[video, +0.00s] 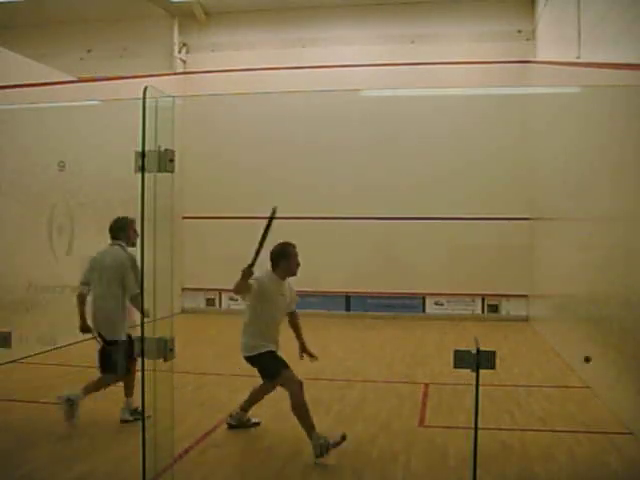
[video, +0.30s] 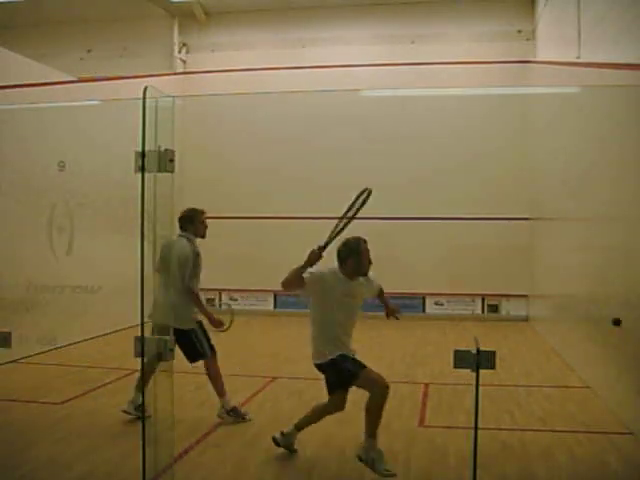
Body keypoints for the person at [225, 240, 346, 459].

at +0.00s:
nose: (299, 262)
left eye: (298, 257)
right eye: (295, 258)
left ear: (285, 262)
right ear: (282, 262)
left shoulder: (288, 290)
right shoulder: (262, 282)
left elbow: (292, 316)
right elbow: (239, 290)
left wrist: (301, 343)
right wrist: (244, 278)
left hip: (269, 347)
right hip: (255, 348)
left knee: (270, 384)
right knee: (295, 385)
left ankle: (239, 415)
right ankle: (316, 442)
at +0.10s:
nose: (322, 258)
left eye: (321, 253)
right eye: (318, 254)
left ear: (309, 257)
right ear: (304, 257)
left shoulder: (314, 282)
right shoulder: (283, 279)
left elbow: (327, 310)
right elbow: (256, 288)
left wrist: (341, 340)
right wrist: (268, 275)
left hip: (294, 349)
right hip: (281, 350)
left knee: (276, 385)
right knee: (319, 393)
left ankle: (249, 415)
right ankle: (326, 451)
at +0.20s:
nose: (346, 254)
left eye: (345, 249)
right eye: (342, 250)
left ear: (332, 253)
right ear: (327, 254)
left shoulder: (339, 278)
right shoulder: (302, 275)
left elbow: (358, 298)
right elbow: (270, 280)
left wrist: (375, 328)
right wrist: (290, 268)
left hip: (319, 347)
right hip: (304, 349)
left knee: (310, 394)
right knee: (348, 389)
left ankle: (268, 424)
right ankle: (335, 444)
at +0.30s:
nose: (370, 259)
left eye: (369, 254)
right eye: (366, 255)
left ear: (354, 260)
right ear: (351, 260)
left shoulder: (363, 283)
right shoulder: (323, 279)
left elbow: (378, 292)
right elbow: (287, 285)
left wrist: (388, 306)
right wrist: (306, 264)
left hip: (342, 354)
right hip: (327, 356)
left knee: (335, 404)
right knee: (379, 387)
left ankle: (289, 434)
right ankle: (369, 449)